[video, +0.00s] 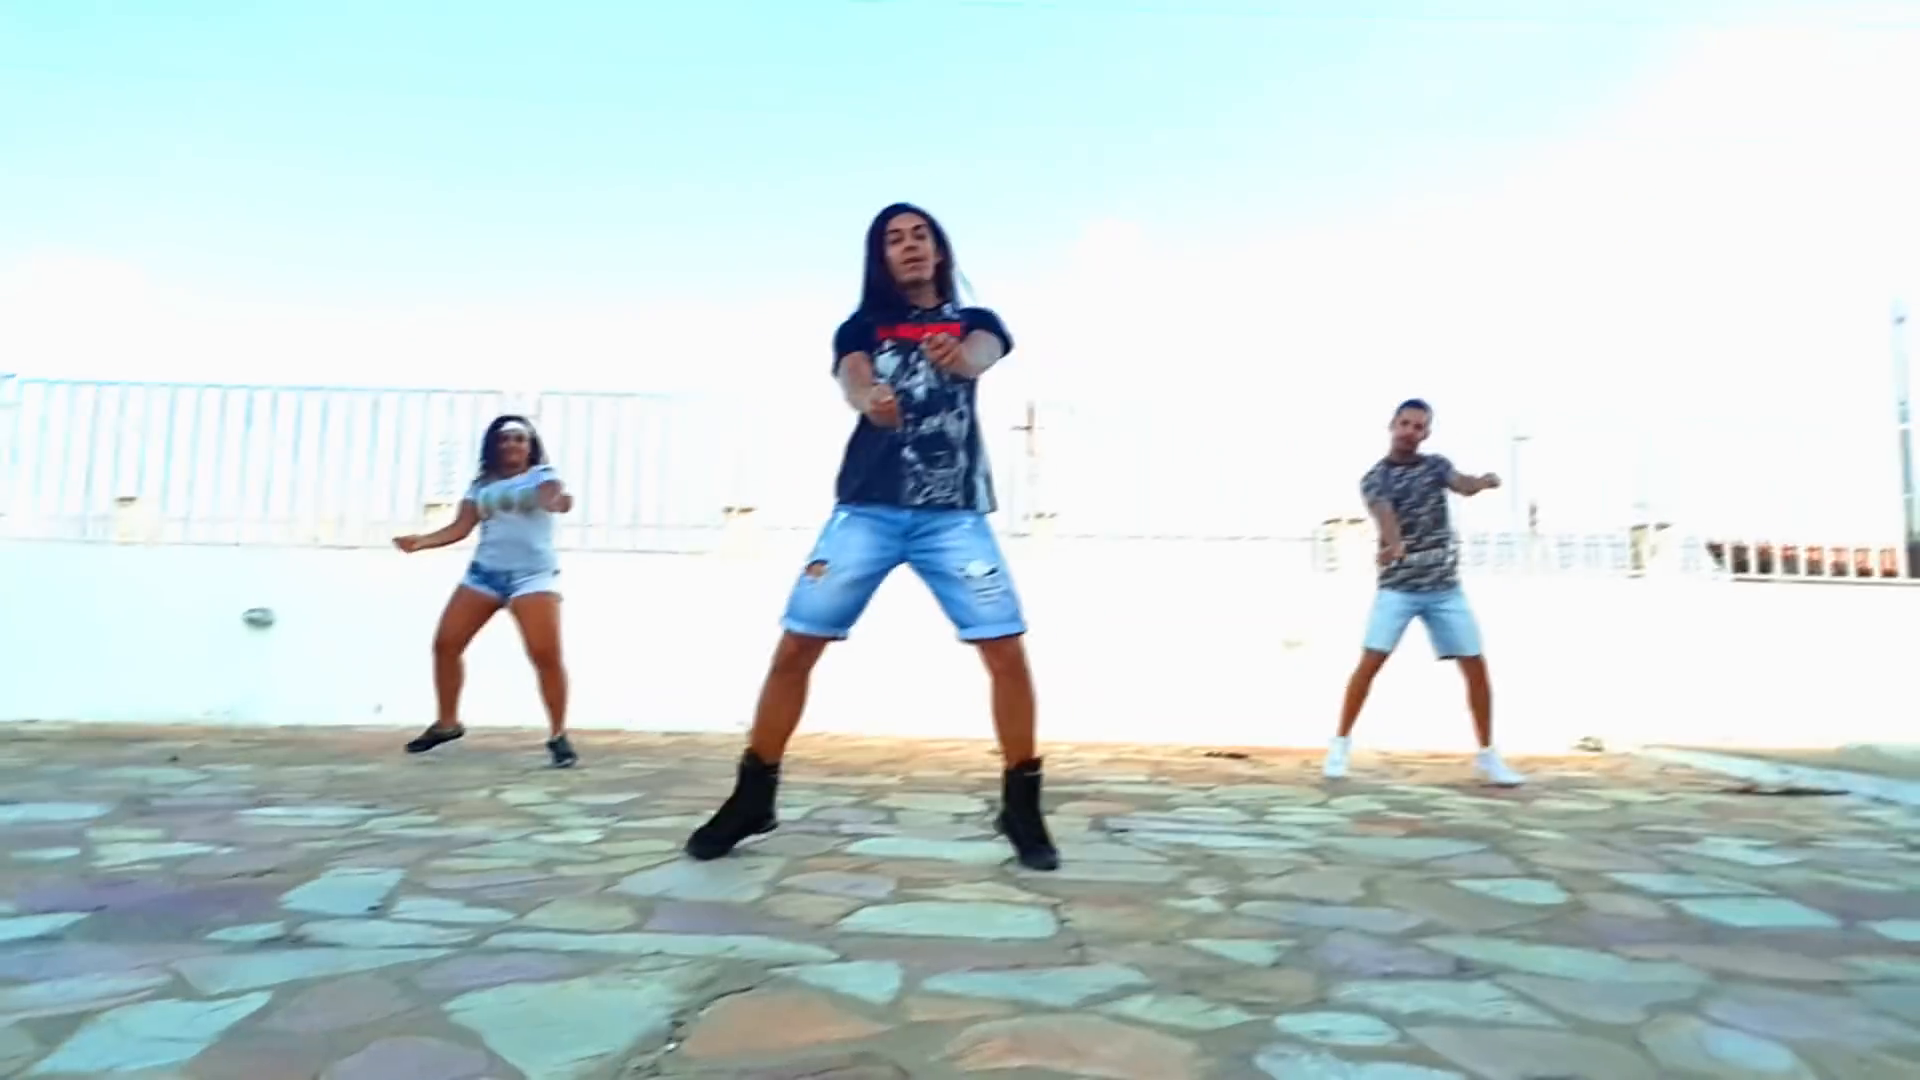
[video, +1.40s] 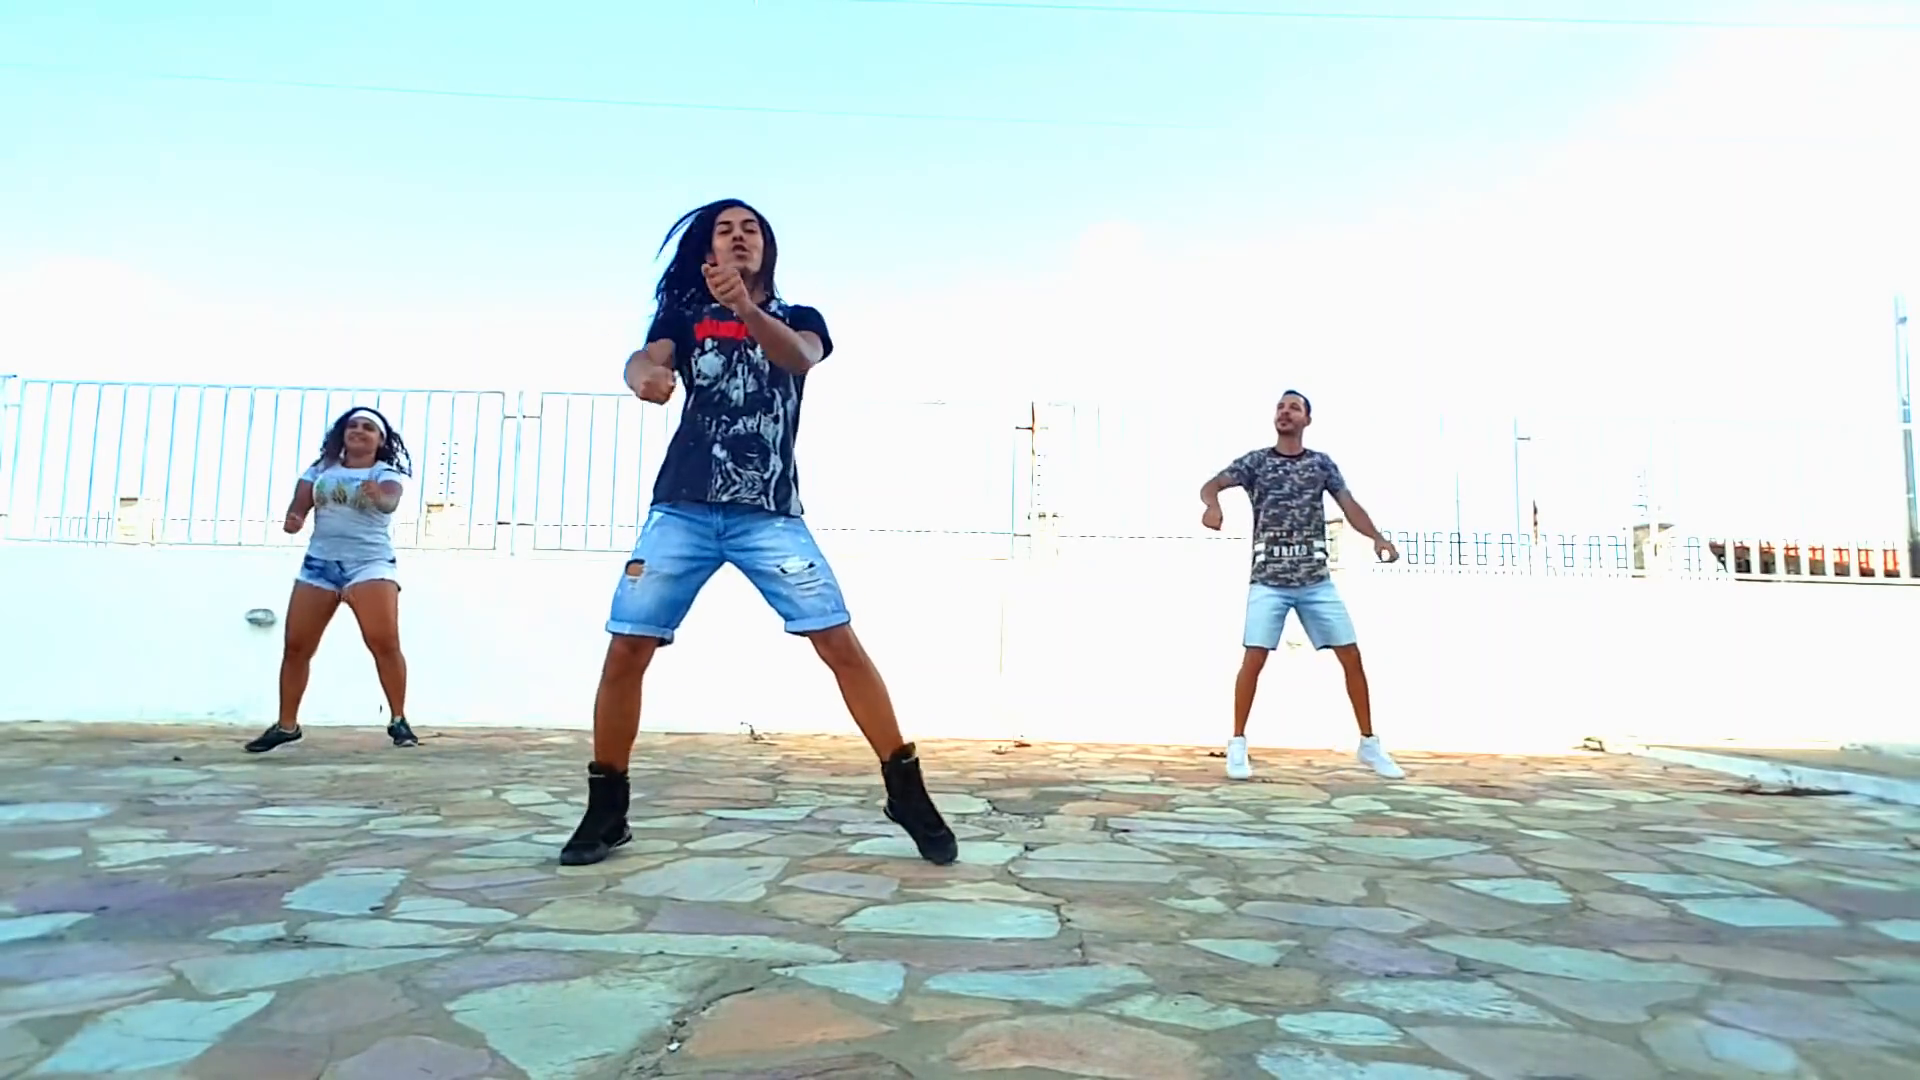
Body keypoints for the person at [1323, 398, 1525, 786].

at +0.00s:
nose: (1411, 432)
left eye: (1419, 428)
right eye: (1406, 424)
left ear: (1427, 434)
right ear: (1392, 425)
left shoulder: (1435, 466)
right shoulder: (1375, 479)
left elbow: (1461, 484)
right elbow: (1384, 516)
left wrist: (1483, 483)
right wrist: (1393, 543)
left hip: (1444, 588)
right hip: (1397, 589)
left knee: (1474, 663)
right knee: (1370, 662)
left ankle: (1487, 752)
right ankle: (1340, 742)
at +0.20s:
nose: (1395, 455)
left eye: (1400, 448)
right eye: (1388, 447)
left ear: (1404, 451)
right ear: (1372, 448)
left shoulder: (1404, 490)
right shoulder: (1354, 494)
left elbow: (1434, 495)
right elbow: (1366, 528)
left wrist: (1444, 472)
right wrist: (1417, 534)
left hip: (1422, 605)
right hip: (1378, 608)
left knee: (1462, 682)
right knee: (1364, 682)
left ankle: (1493, 766)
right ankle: (1341, 763)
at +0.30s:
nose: (1371, 416)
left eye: (1378, 411)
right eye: (1365, 409)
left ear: (1384, 417)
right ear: (1353, 412)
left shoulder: (1391, 451)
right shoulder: (1337, 459)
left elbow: (1410, 454)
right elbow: (1353, 484)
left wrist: (1424, 438)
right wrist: (1377, 497)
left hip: (1401, 569)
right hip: (1357, 573)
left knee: (1435, 646)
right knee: (1344, 649)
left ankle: (1455, 732)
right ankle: (1324, 733)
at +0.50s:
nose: (1337, 436)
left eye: (1344, 431)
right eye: (1331, 429)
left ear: (1352, 438)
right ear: (1319, 433)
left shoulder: (1359, 472)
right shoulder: (1304, 480)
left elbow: (1378, 474)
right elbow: (1325, 504)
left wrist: (1385, 451)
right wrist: (1376, 508)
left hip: (1367, 593)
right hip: (1320, 593)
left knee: (1395, 671)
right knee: (1295, 664)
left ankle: (1398, 756)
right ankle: (1262, 749)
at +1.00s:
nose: (1272, 431)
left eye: (1280, 426)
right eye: (1267, 425)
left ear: (1292, 437)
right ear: (1259, 433)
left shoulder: (1300, 475)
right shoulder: (1245, 478)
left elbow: (1322, 482)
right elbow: (1263, 510)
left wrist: (1320, 454)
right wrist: (1325, 506)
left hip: (1301, 596)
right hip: (1255, 596)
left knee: (1332, 670)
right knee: (1235, 670)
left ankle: (1337, 754)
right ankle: (1214, 749)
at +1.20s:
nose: (1270, 417)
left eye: (1278, 412)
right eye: (1266, 411)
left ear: (1290, 423)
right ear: (1258, 420)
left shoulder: (1303, 464)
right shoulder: (1241, 469)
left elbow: (1335, 480)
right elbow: (1225, 516)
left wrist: (1358, 472)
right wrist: (1267, 528)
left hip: (1304, 582)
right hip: (1258, 584)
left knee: (1335, 655)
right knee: (1240, 659)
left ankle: (1344, 744)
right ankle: (1217, 744)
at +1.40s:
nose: (1285, 412)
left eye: (1294, 408)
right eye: (1281, 407)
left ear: (1308, 420)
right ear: (1274, 417)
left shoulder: (1322, 464)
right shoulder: (1256, 462)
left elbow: (1351, 508)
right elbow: (1209, 487)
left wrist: (1378, 537)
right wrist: (1213, 505)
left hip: (1315, 582)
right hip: (1268, 582)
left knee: (1350, 653)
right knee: (1255, 656)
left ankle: (1368, 743)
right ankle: (1237, 743)